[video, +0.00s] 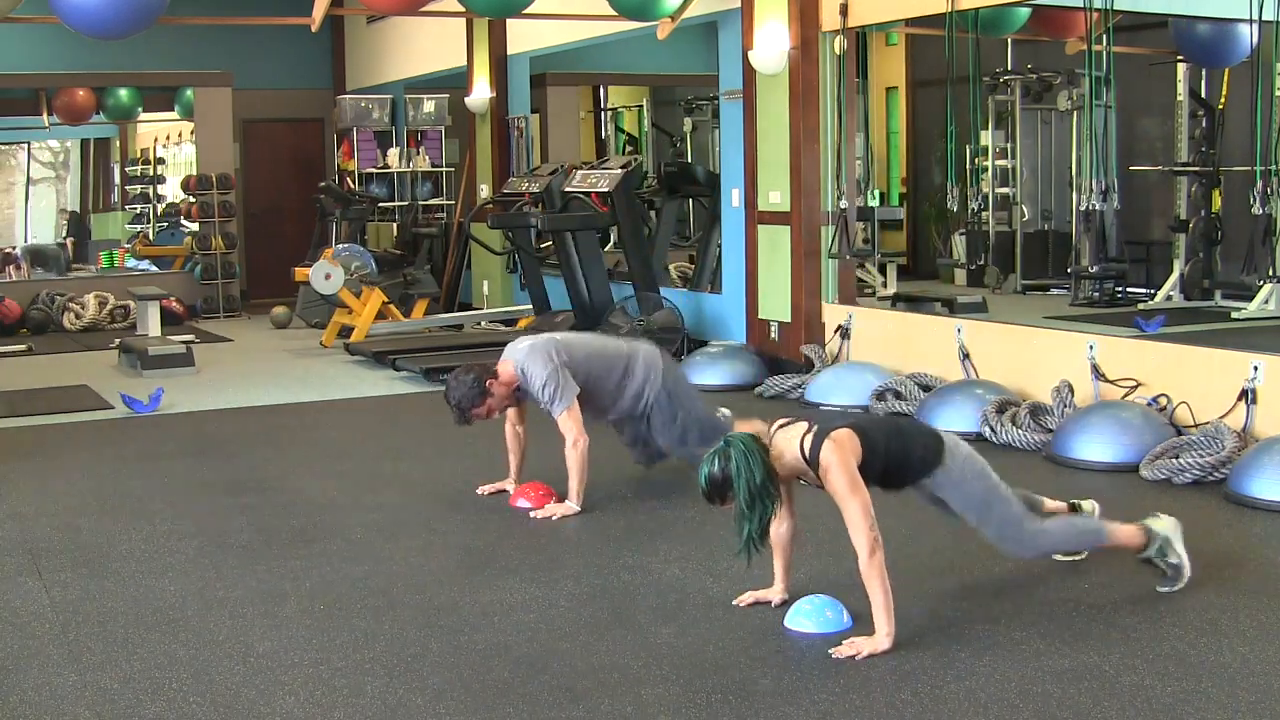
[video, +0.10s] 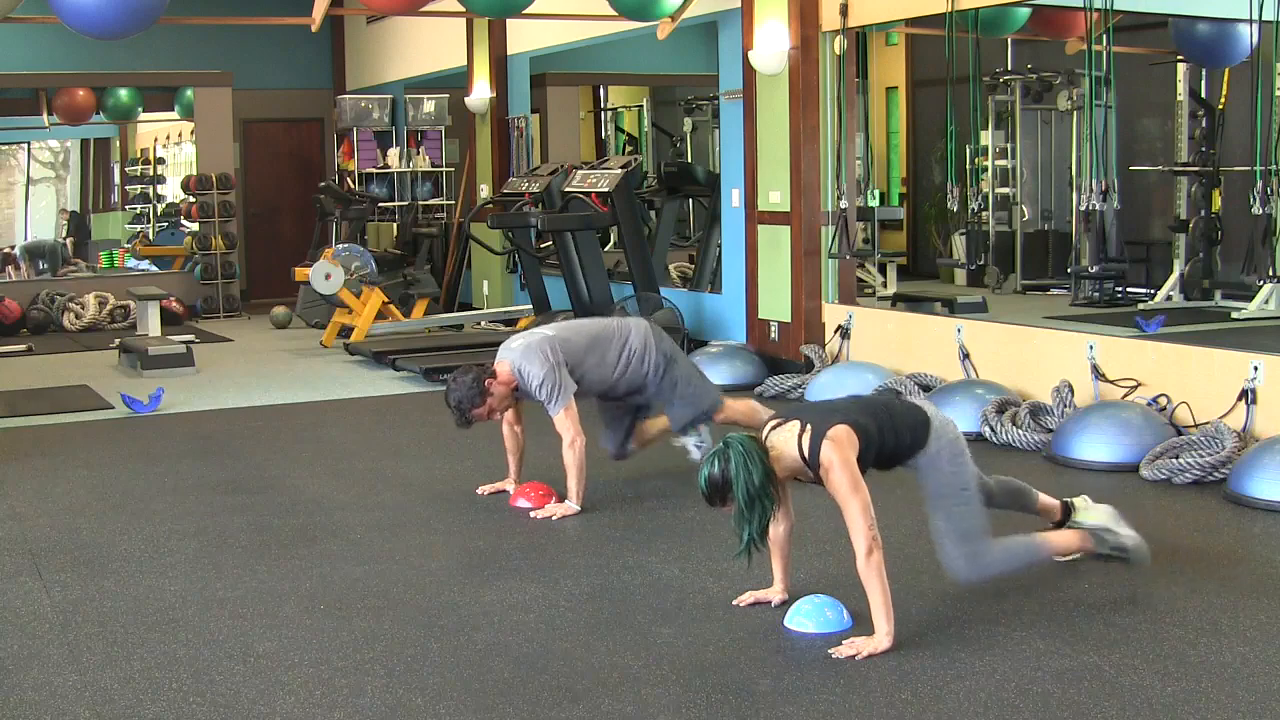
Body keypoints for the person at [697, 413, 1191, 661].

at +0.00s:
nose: (740, 504)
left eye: (739, 497)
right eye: (732, 500)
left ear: (752, 474)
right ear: (747, 449)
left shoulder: (828, 454)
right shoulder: (766, 441)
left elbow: (869, 547)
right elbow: (780, 514)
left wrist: (882, 634)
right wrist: (780, 586)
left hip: (937, 458)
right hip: (909, 459)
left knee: (1024, 539)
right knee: (997, 505)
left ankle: (1151, 535)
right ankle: (1070, 509)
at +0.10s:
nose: (744, 508)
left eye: (742, 498)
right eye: (735, 503)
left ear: (756, 476)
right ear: (741, 459)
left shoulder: (828, 451)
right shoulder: (766, 440)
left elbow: (867, 545)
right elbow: (776, 514)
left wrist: (883, 633)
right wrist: (779, 585)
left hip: (933, 436)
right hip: (905, 425)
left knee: (969, 561)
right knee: (978, 488)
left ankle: (1093, 535)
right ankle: (1069, 511)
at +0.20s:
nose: (740, 506)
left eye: (738, 499)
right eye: (732, 502)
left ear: (754, 480)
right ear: (743, 460)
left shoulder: (833, 449)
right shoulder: (767, 439)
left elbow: (868, 546)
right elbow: (777, 515)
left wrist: (883, 633)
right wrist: (779, 586)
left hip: (925, 436)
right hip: (912, 414)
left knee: (903, 566)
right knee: (974, 486)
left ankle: (1021, 535)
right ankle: (1061, 512)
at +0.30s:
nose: (739, 506)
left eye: (738, 498)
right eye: (732, 501)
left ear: (754, 478)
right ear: (741, 450)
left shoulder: (832, 450)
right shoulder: (768, 436)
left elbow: (868, 545)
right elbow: (775, 513)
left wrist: (883, 634)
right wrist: (779, 585)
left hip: (918, 447)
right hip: (911, 419)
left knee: (845, 553)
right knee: (977, 493)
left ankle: (979, 549)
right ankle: (1066, 513)